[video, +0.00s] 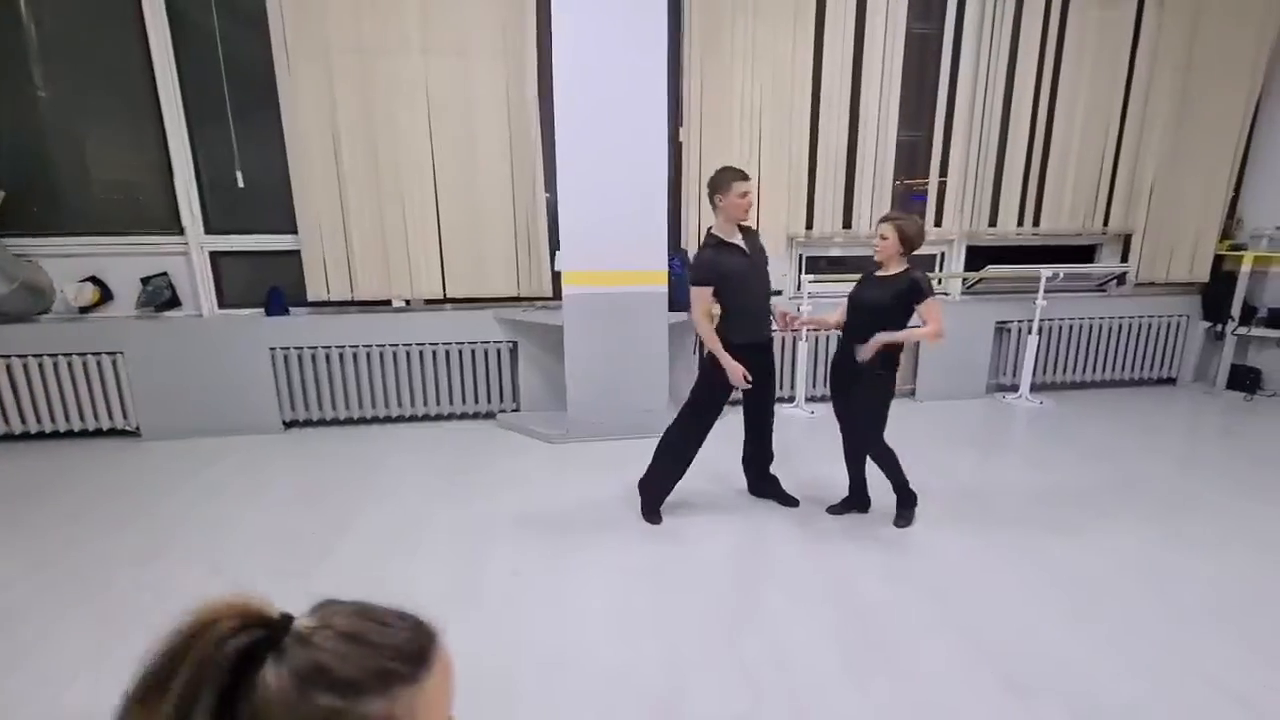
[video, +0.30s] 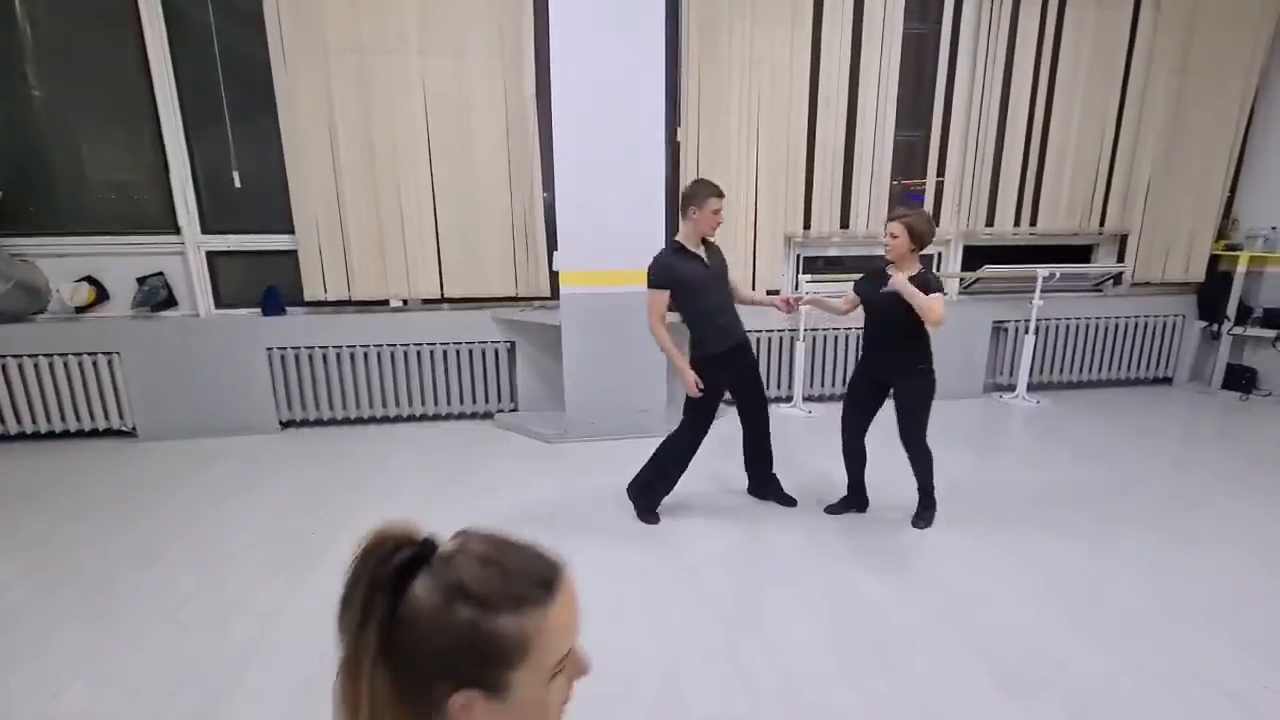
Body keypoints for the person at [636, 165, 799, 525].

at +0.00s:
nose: (750, 202)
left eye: (751, 196)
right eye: (742, 196)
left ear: (748, 199)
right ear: (719, 200)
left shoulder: (752, 241)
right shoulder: (708, 256)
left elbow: (753, 295)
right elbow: (700, 317)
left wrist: (777, 311)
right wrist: (724, 360)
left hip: (759, 347)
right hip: (725, 351)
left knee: (760, 419)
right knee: (694, 423)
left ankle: (760, 480)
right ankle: (652, 489)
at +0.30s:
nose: (720, 219)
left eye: (721, 212)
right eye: (715, 212)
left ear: (702, 214)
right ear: (693, 212)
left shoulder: (712, 251)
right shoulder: (665, 264)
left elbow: (733, 293)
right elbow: (657, 324)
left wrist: (771, 299)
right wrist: (684, 369)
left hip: (739, 349)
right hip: (708, 358)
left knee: (756, 415)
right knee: (692, 431)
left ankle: (762, 481)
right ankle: (644, 491)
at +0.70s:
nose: (685, 216)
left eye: (686, 209)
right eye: (679, 209)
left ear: (669, 211)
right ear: (655, 209)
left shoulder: (673, 255)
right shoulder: (622, 253)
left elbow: (717, 292)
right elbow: (588, 299)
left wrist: (768, 300)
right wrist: (572, 347)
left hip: (643, 351)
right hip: (613, 354)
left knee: (675, 422)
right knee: (632, 430)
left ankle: (685, 502)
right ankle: (621, 499)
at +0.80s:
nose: (681, 216)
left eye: (681, 209)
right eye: (674, 209)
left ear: (663, 213)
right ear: (650, 210)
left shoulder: (666, 256)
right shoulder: (615, 253)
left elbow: (712, 290)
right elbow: (575, 294)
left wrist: (765, 299)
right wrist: (551, 338)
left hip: (634, 350)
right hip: (603, 351)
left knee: (650, 426)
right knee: (615, 426)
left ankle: (667, 505)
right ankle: (615, 503)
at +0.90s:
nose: (671, 219)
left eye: (672, 212)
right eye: (664, 212)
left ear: (657, 216)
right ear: (641, 214)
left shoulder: (662, 258)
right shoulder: (610, 255)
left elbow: (703, 293)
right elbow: (570, 294)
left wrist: (759, 302)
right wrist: (549, 335)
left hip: (632, 351)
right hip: (599, 353)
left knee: (656, 421)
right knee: (619, 423)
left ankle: (667, 499)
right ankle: (612, 502)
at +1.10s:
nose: (666, 214)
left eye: (666, 208)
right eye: (659, 208)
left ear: (656, 211)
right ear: (636, 210)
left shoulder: (662, 254)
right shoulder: (616, 253)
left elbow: (690, 298)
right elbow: (611, 302)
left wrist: (738, 300)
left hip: (650, 348)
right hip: (617, 350)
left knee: (685, 409)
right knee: (629, 429)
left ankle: (686, 477)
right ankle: (612, 500)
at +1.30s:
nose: (689, 211)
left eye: (689, 204)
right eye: (682, 205)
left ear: (672, 208)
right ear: (662, 207)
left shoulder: (673, 245)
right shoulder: (656, 247)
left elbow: (684, 294)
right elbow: (694, 288)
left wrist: (724, 297)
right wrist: (729, 294)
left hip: (674, 344)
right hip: (648, 348)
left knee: (701, 409)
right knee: (643, 425)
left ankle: (717, 473)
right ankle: (611, 497)